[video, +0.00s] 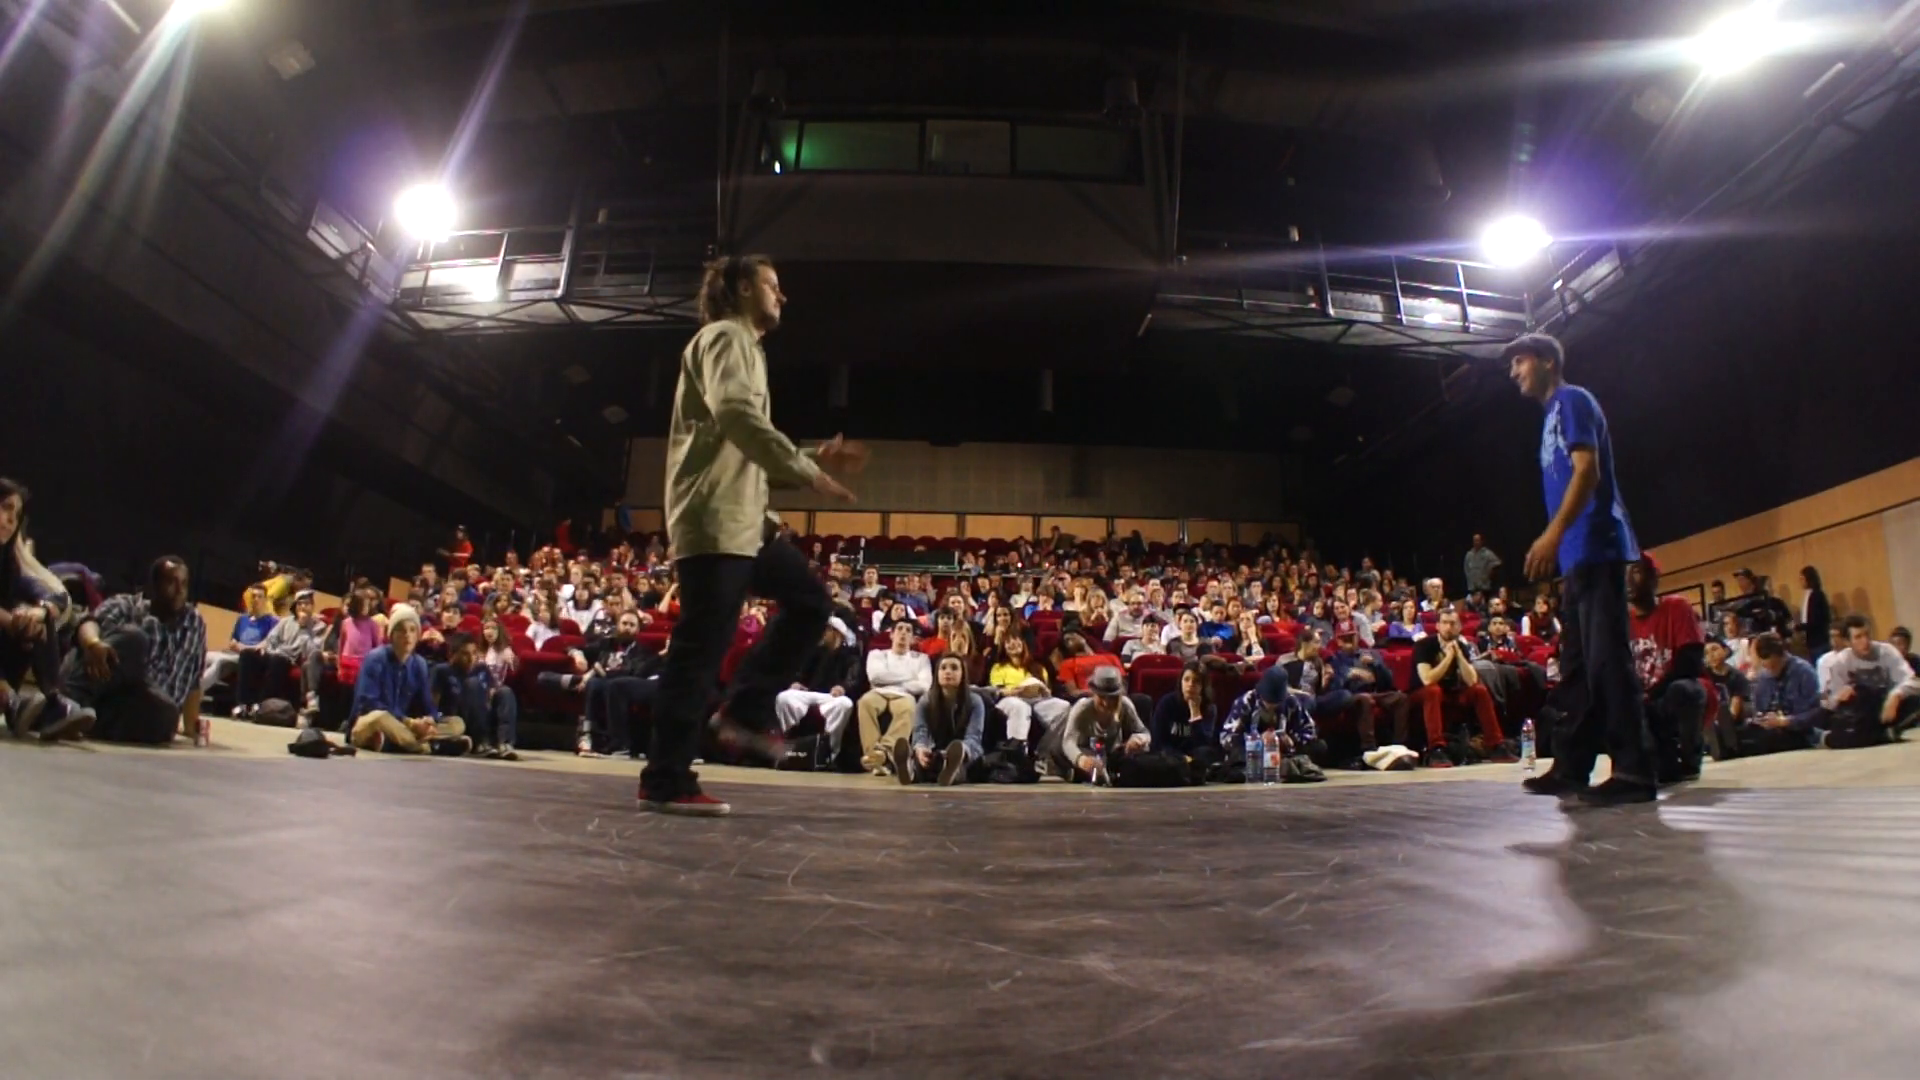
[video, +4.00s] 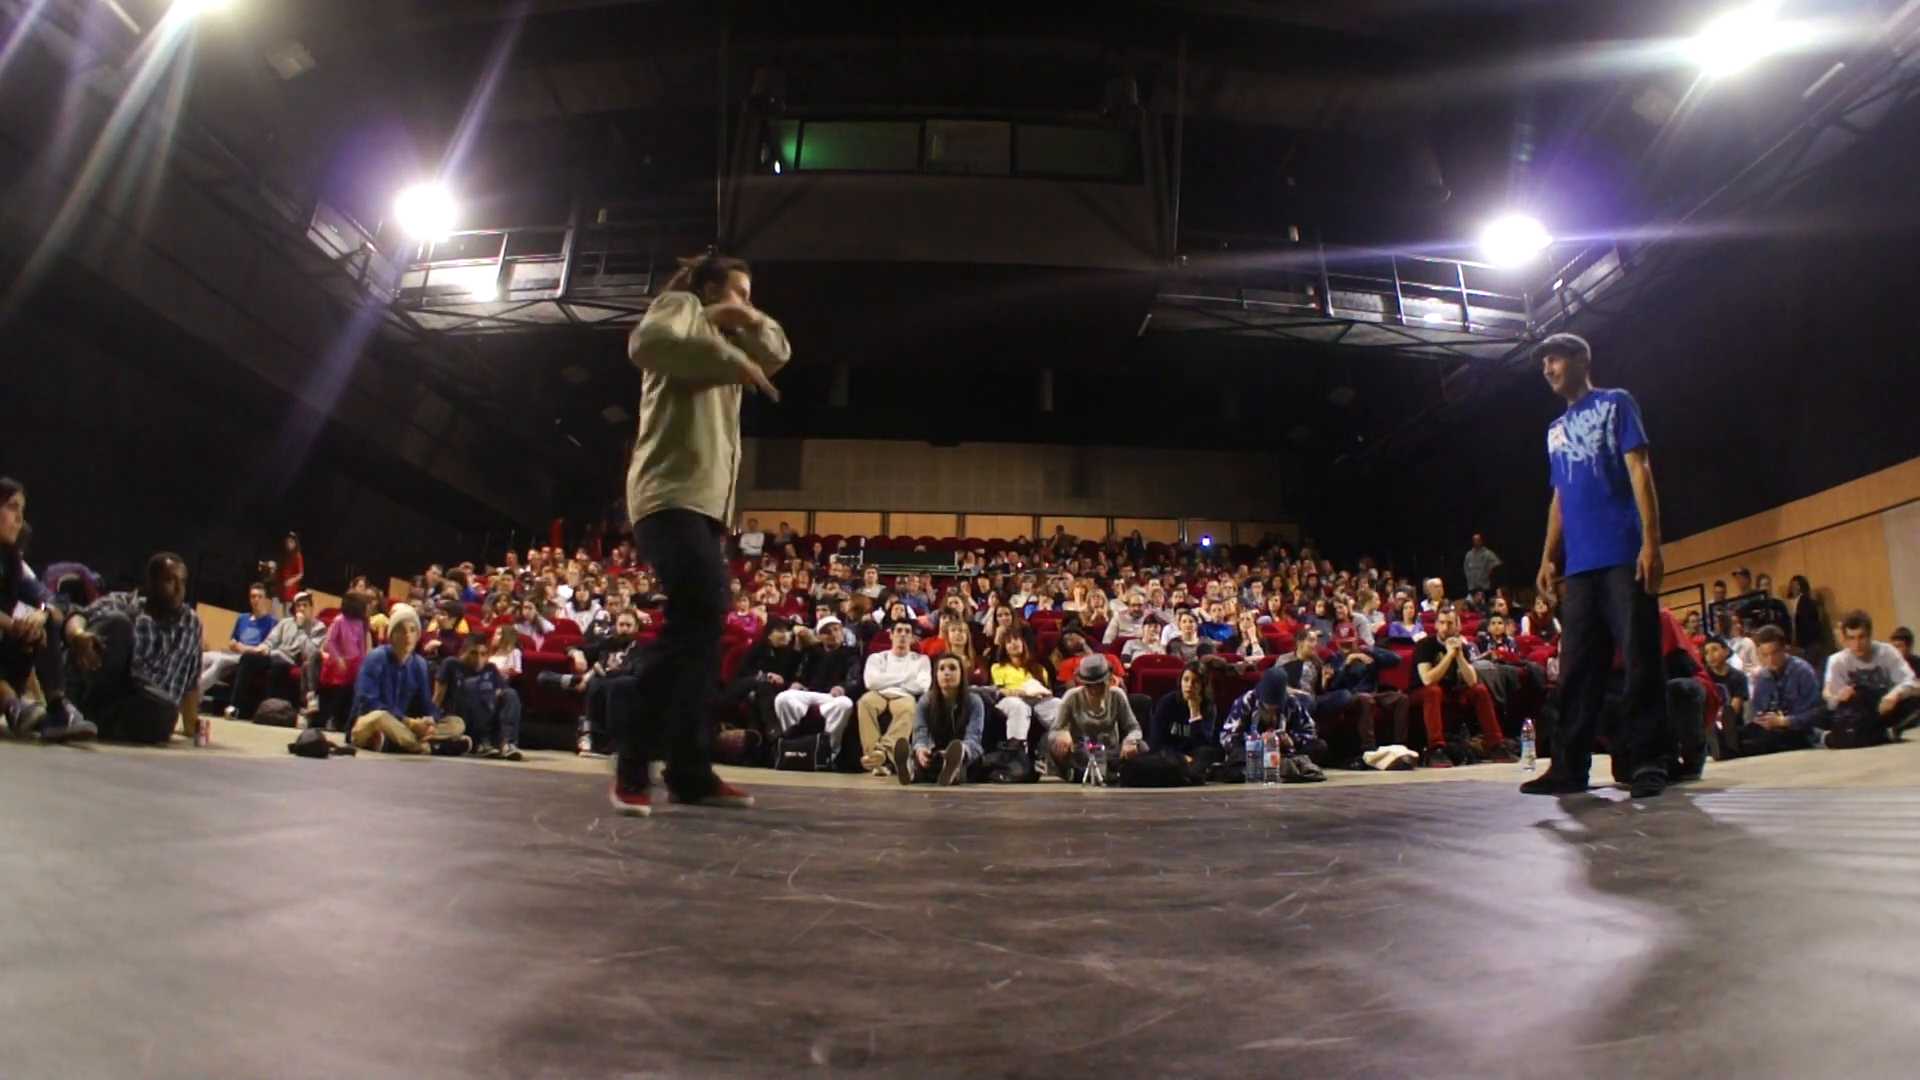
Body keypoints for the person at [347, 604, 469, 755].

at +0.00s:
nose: (407, 636)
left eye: (412, 630)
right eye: (401, 630)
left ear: (418, 634)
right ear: (391, 635)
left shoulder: (419, 664)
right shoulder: (375, 659)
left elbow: (427, 704)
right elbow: (367, 702)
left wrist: (430, 720)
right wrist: (407, 722)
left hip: (411, 725)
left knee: (457, 724)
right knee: (380, 717)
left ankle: (392, 743)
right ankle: (426, 748)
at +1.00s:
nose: (407, 636)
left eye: (412, 630)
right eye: (401, 630)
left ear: (418, 634)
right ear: (391, 635)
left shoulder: (419, 664)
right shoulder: (375, 658)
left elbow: (426, 705)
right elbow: (366, 702)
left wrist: (430, 721)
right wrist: (406, 722)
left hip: (410, 725)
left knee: (457, 724)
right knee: (380, 717)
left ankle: (391, 744)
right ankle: (425, 748)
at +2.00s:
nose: (407, 636)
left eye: (412, 630)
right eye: (401, 631)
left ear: (417, 634)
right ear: (391, 636)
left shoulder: (420, 664)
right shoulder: (375, 658)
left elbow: (426, 703)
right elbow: (368, 703)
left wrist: (430, 720)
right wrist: (407, 722)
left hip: (412, 725)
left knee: (457, 723)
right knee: (380, 717)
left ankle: (394, 744)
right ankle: (426, 748)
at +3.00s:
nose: (407, 636)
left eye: (412, 631)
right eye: (401, 631)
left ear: (418, 635)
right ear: (391, 635)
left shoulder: (420, 664)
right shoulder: (375, 659)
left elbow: (426, 704)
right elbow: (367, 703)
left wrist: (430, 720)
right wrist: (407, 722)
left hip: (411, 724)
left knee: (457, 723)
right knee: (381, 718)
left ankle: (394, 743)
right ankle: (426, 748)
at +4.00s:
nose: (408, 637)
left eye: (413, 630)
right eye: (401, 631)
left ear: (418, 635)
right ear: (391, 635)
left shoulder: (419, 664)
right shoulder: (376, 658)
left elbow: (426, 704)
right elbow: (367, 703)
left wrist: (430, 720)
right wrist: (406, 722)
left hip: (411, 725)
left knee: (457, 723)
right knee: (381, 717)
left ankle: (394, 744)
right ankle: (426, 748)